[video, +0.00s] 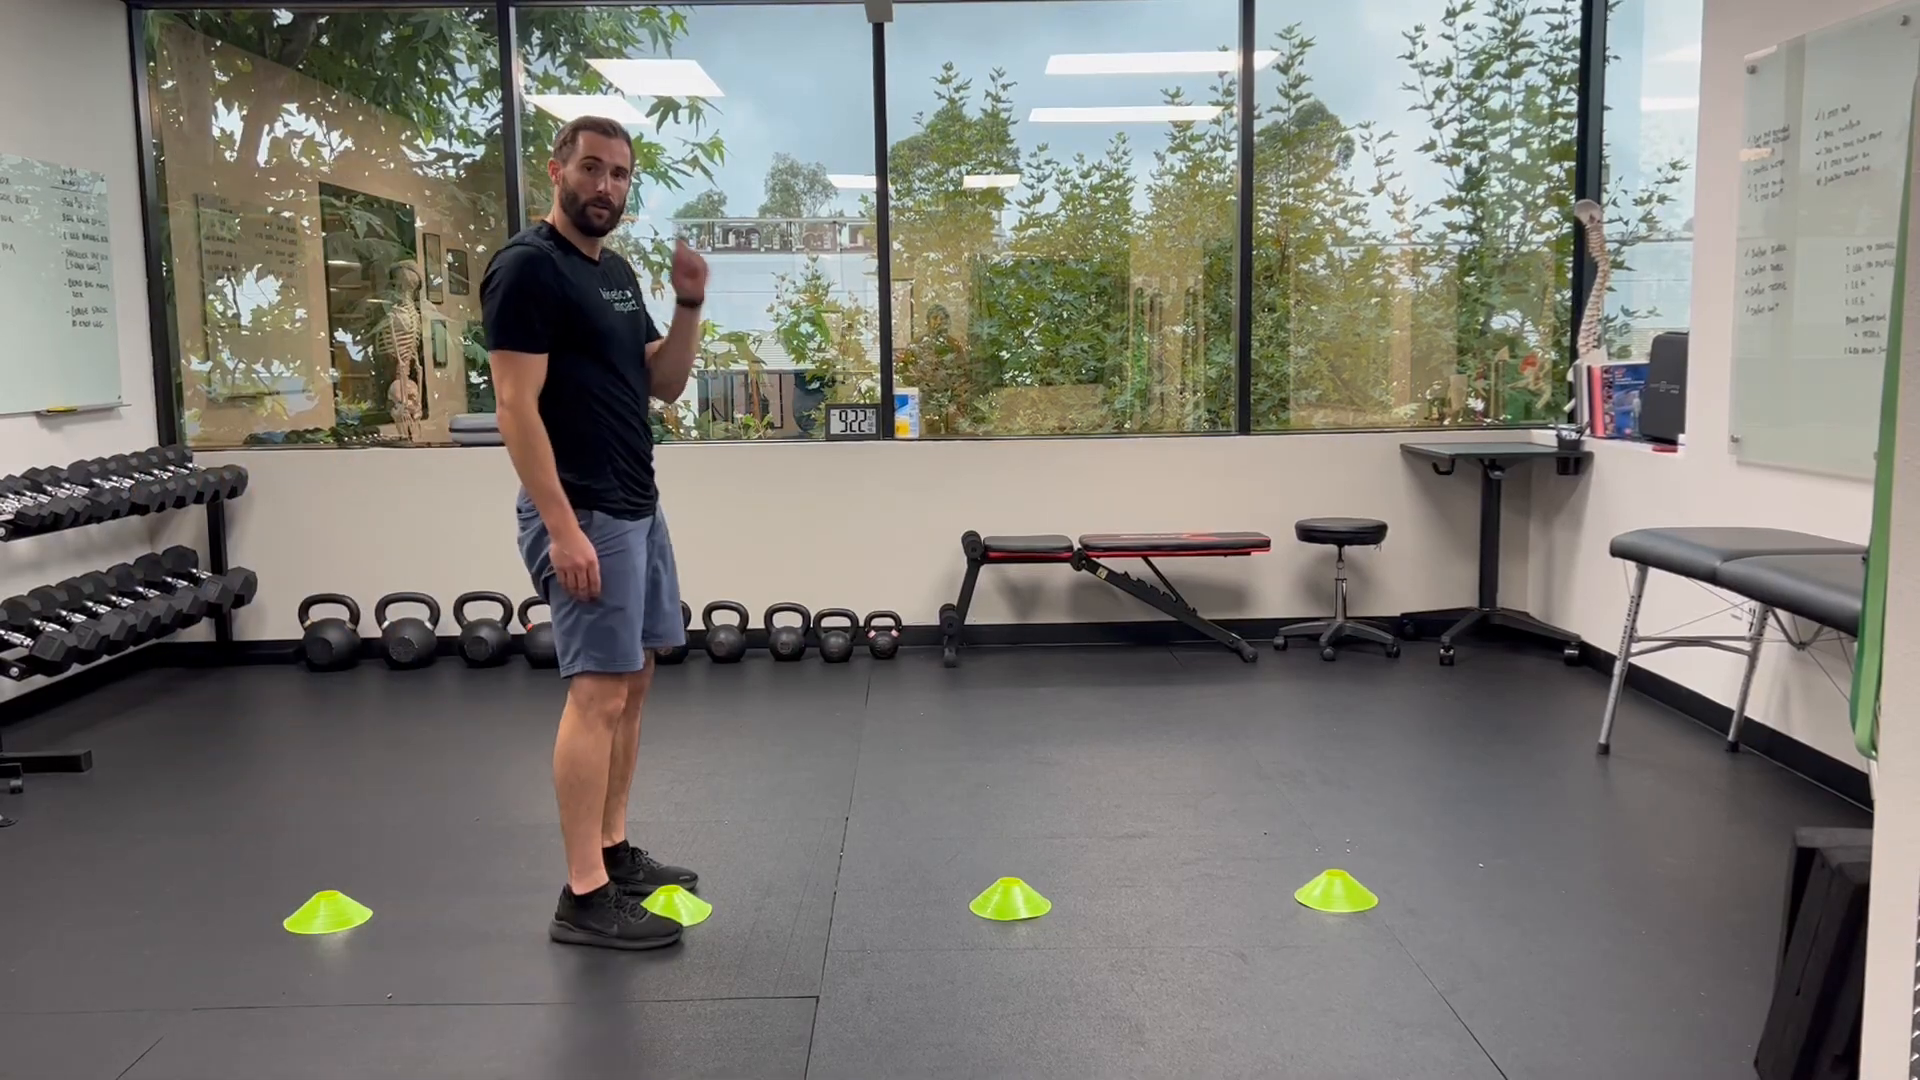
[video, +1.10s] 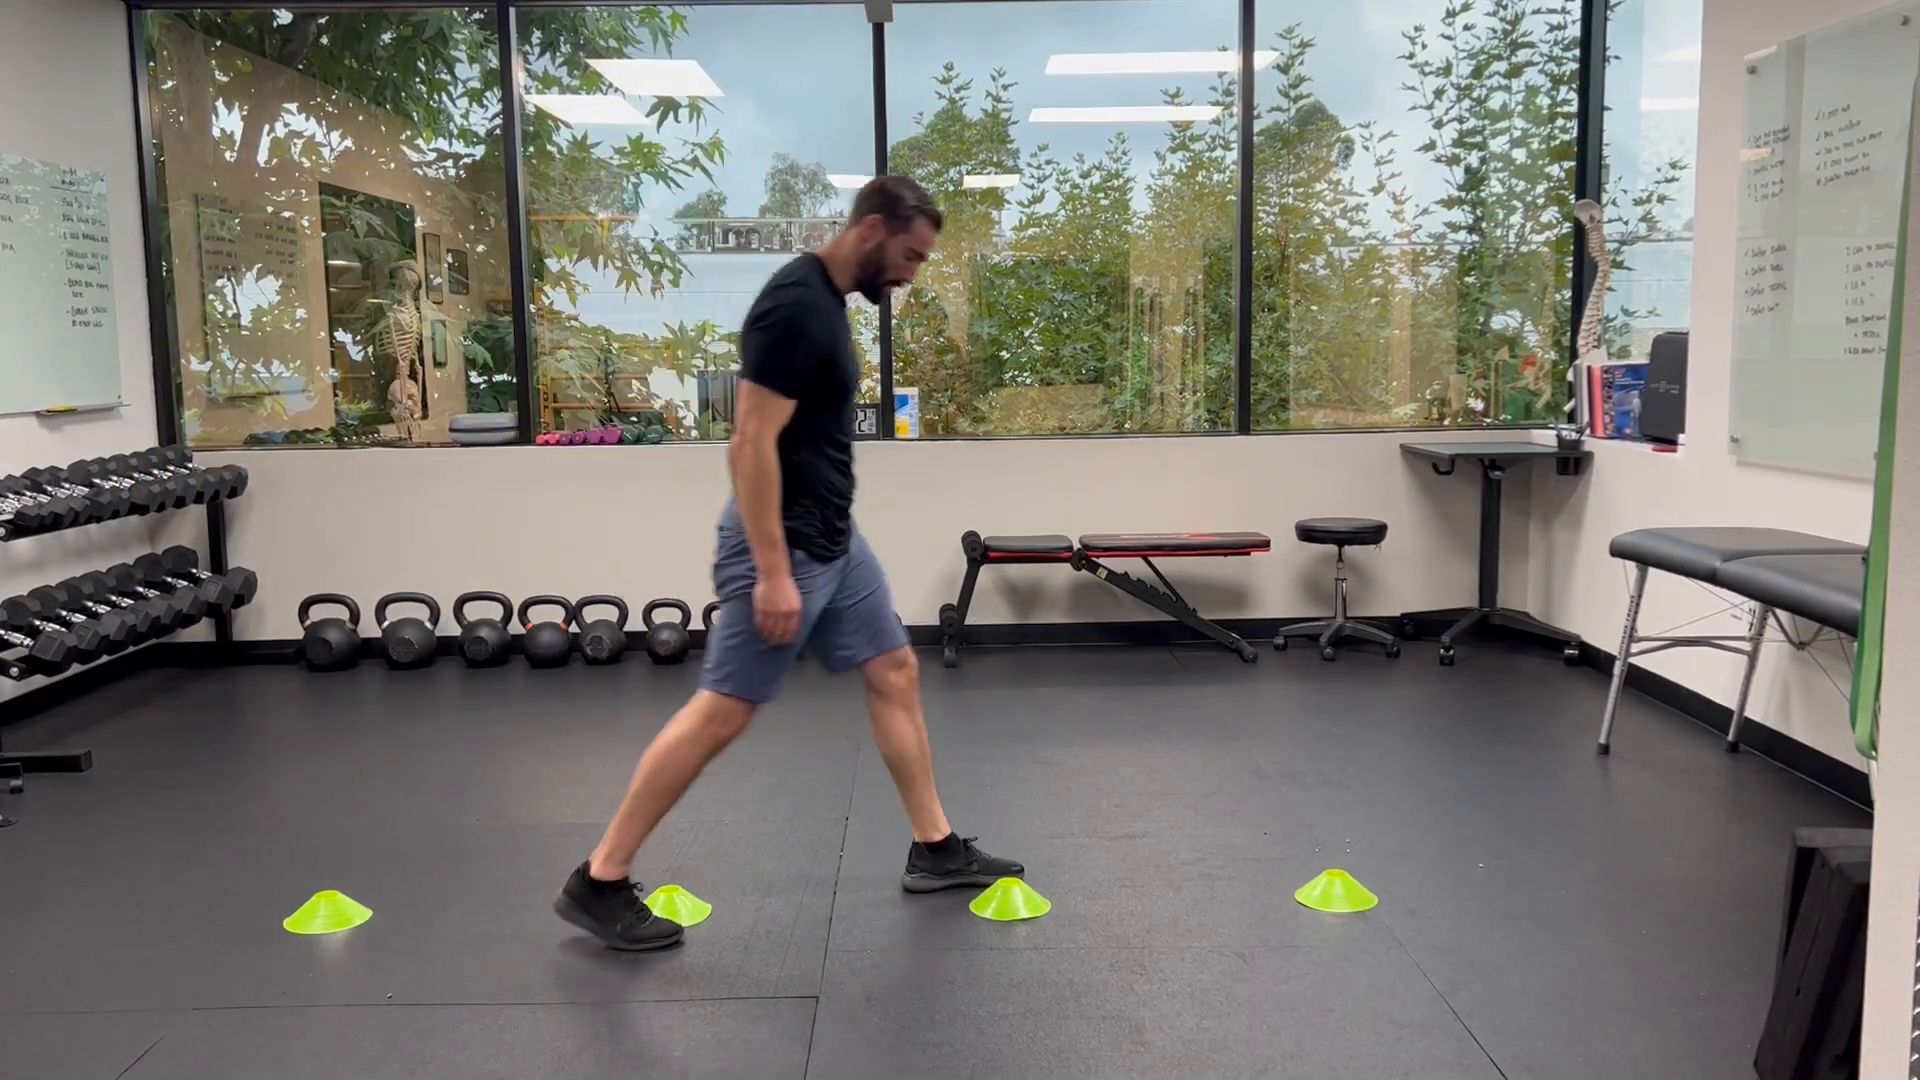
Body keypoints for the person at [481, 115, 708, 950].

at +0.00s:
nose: (607, 183)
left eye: (620, 173)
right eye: (593, 166)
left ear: (628, 187)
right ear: (556, 170)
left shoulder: (614, 273)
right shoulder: (527, 268)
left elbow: (661, 381)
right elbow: (515, 410)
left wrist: (689, 305)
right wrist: (562, 528)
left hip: (635, 514)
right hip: (584, 520)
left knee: (631, 683)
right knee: (596, 692)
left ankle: (611, 854)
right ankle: (583, 893)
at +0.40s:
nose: (646, 188)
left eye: (658, 176)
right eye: (631, 169)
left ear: (664, 186)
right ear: (592, 171)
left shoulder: (650, 273)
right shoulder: (562, 274)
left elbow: (699, 383)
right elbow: (552, 420)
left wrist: (753, 348)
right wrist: (600, 541)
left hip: (670, 520)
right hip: (619, 524)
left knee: (650, 693)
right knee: (624, 697)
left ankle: (613, 855)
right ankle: (585, 895)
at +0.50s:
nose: (675, 199)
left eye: (683, 186)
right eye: (663, 182)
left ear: (682, 188)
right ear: (615, 174)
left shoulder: (662, 276)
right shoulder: (573, 281)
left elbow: (697, 386)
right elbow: (564, 425)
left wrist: (778, 430)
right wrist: (605, 549)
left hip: (683, 522)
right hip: (623, 526)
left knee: (687, 680)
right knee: (629, 694)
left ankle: (616, 845)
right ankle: (585, 892)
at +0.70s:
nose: (738, 237)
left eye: (744, 224)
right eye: (733, 220)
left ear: (705, 202)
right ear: (686, 194)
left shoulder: (689, 273)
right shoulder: (610, 282)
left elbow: (685, 407)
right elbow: (591, 433)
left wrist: (715, 508)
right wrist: (627, 561)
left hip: (717, 519)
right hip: (656, 532)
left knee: (778, 657)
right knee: (644, 705)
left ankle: (714, 819)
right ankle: (587, 893)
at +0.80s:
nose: (772, 239)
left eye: (778, 226)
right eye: (769, 222)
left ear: (738, 204)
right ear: (724, 196)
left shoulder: (714, 272)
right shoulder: (650, 281)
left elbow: (703, 410)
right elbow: (619, 428)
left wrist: (737, 512)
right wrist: (646, 560)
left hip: (738, 520)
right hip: (675, 533)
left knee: (797, 661)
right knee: (653, 706)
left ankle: (817, 831)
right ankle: (587, 892)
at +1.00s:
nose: (861, 267)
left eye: (870, 253)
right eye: (860, 248)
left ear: (823, 225)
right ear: (819, 220)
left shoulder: (780, 294)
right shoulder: (744, 299)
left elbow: (743, 424)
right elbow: (704, 434)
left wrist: (690, 510)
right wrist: (722, 571)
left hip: (790, 535)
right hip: (738, 545)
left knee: (859, 665)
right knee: (681, 709)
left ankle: (926, 831)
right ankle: (590, 889)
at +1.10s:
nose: (910, 277)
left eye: (918, 265)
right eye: (910, 259)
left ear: (876, 235)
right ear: (872, 231)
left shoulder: (828, 302)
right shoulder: (798, 307)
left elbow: (797, 435)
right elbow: (751, 440)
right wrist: (772, 570)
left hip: (832, 543)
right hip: (779, 553)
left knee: (894, 671)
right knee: (720, 712)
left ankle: (936, 844)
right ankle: (600, 878)